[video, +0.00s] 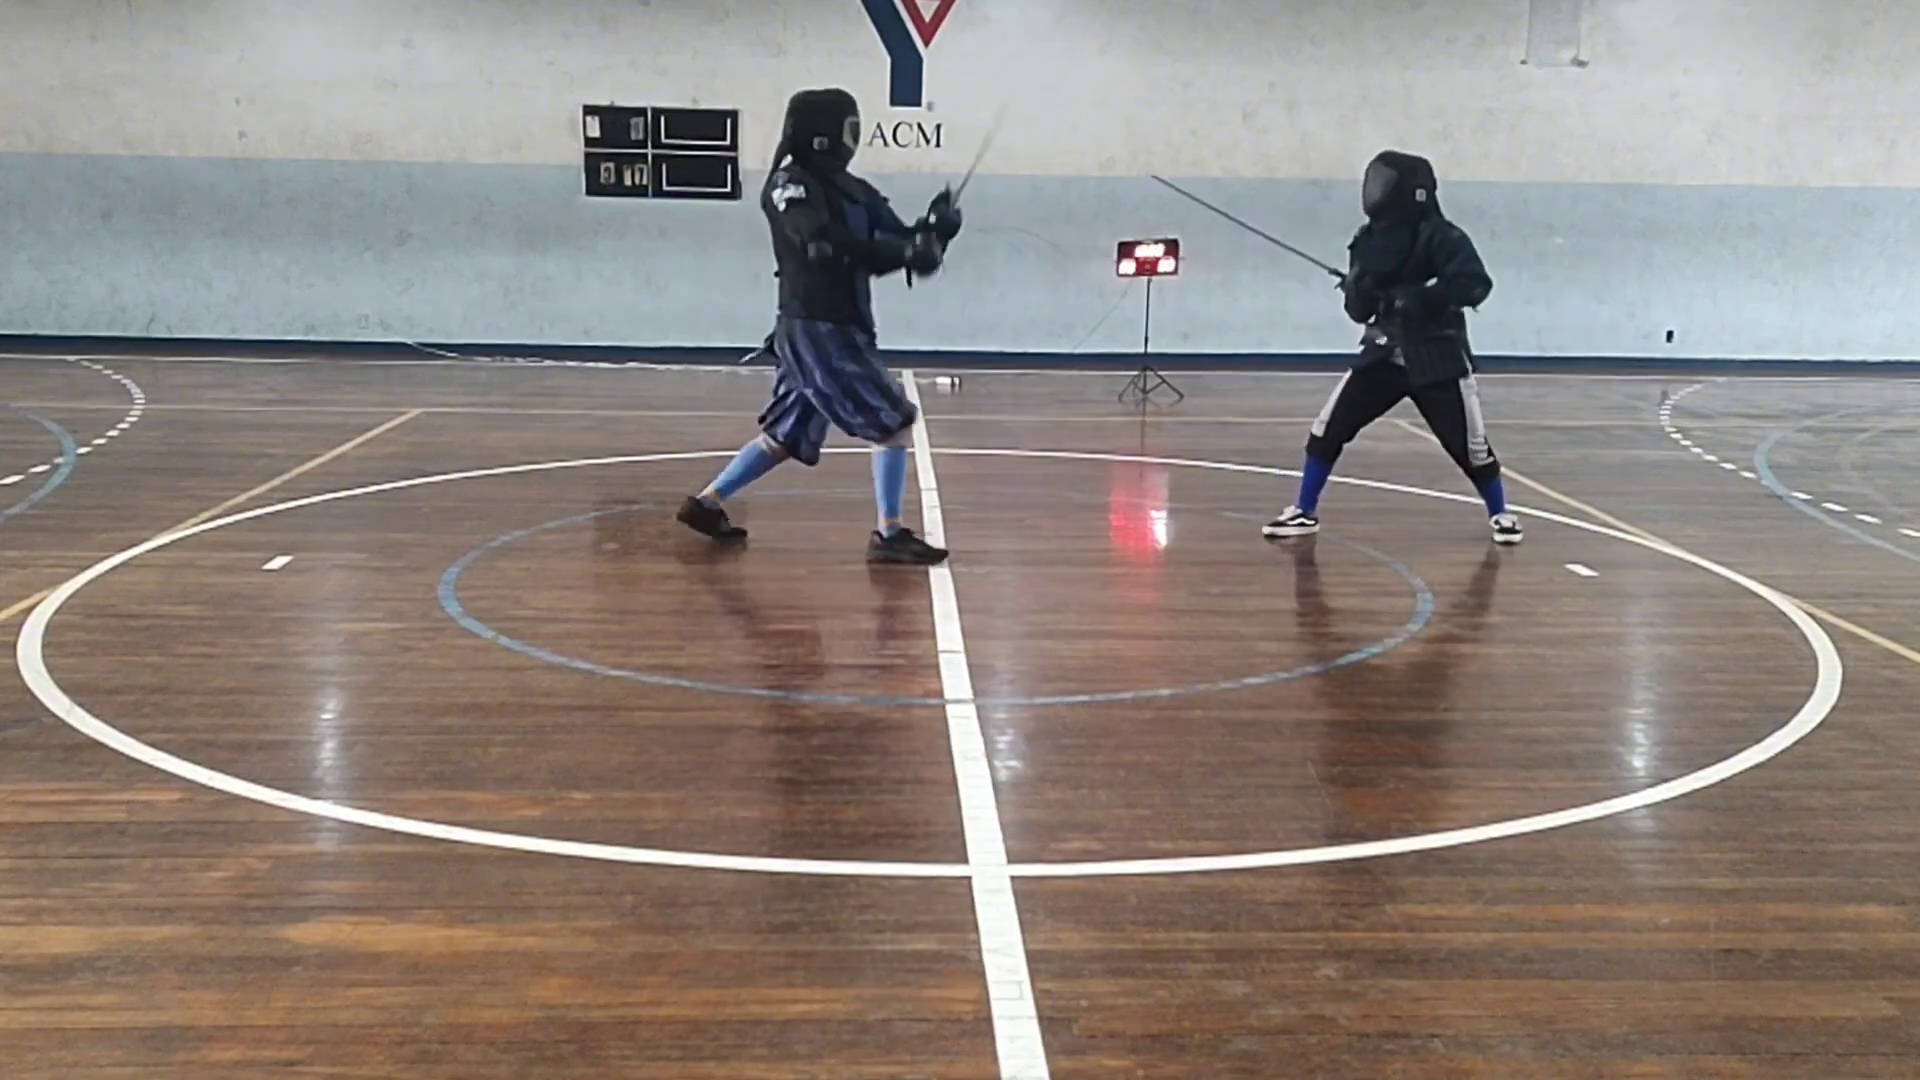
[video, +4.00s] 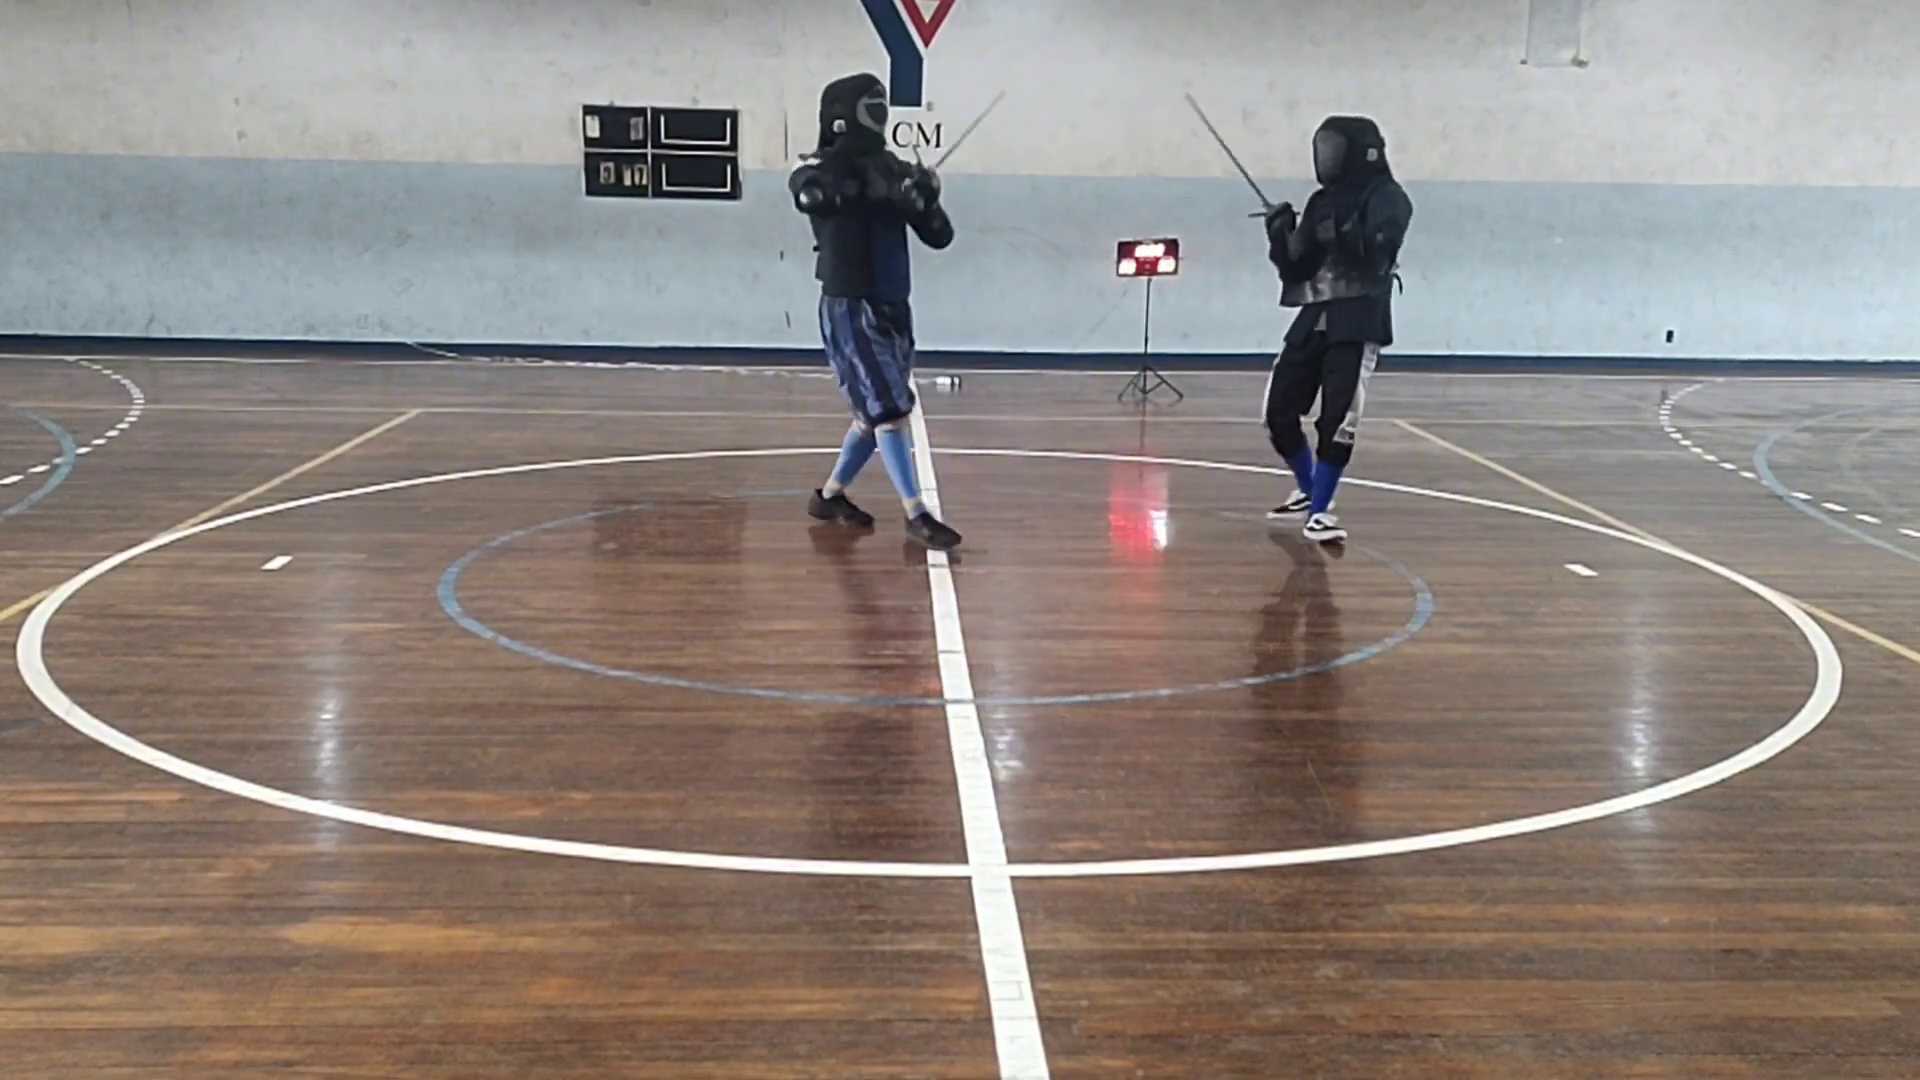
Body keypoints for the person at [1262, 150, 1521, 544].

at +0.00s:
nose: (1371, 190)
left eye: (1381, 182)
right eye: (1372, 181)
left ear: (1411, 190)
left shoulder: (1440, 235)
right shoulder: (1367, 241)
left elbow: (1475, 284)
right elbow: (1358, 311)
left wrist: (1419, 298)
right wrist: (1360, 290)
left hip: (1439, 358)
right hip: (1384, 358)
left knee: (1469, 446)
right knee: (1327, 431)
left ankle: (1500, 514)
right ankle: (1303, 511)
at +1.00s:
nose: (1308, 179)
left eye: (1318, 173)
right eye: (1310, 170)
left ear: (1344, 183)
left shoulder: (1353, 230)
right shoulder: (1305, 208)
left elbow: (1287, 261)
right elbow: (1255, 213)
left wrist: (1216, 247)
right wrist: (1201, 219)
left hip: (1341, 353)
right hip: (1297, 342)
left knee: (1373, 445)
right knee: (1254, 430)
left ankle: (1434, 492)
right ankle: (1260, 518)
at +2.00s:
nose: (1307, 157)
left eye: (1314, 150)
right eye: (1306, 151)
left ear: (1343, 153)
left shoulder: (1368, 190)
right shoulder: (1304, 207)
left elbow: (1317, 159)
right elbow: (1245, 198)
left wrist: (1258, 125)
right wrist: (1212, 142)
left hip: (1351, 337)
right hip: (1297, 339)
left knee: (1389, 435)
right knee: (1280, 440)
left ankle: (1406, 523)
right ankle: (1282, 527)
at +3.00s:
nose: (1302, 180)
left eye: (1315, 171)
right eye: (1296, 175)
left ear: (1328, 177)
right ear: (1285, 180)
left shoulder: (1347, 216)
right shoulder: (1276, 219)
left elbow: (1328, 163)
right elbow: (1226, 215)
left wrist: (1289, 131)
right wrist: (1247, 155)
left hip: (1336, 348)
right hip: (1278, 350)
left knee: (1380, 442)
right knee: (1238, 443)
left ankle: (1403, 530)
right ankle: (1205, 526)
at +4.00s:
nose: (1324, 157)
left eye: (1332, 148)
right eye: (1322, 148)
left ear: (1360, 151)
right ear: (1324, 151)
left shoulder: (1386, 197)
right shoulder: (1321, 201)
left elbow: (1375, 258)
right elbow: (1293, 270)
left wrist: (1338, 231)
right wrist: (1281, 235)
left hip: (1356, 318)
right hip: (1311, 316)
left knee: (1339, 418)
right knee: (1280, 413)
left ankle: (1321, 511)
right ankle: (1310, 489)